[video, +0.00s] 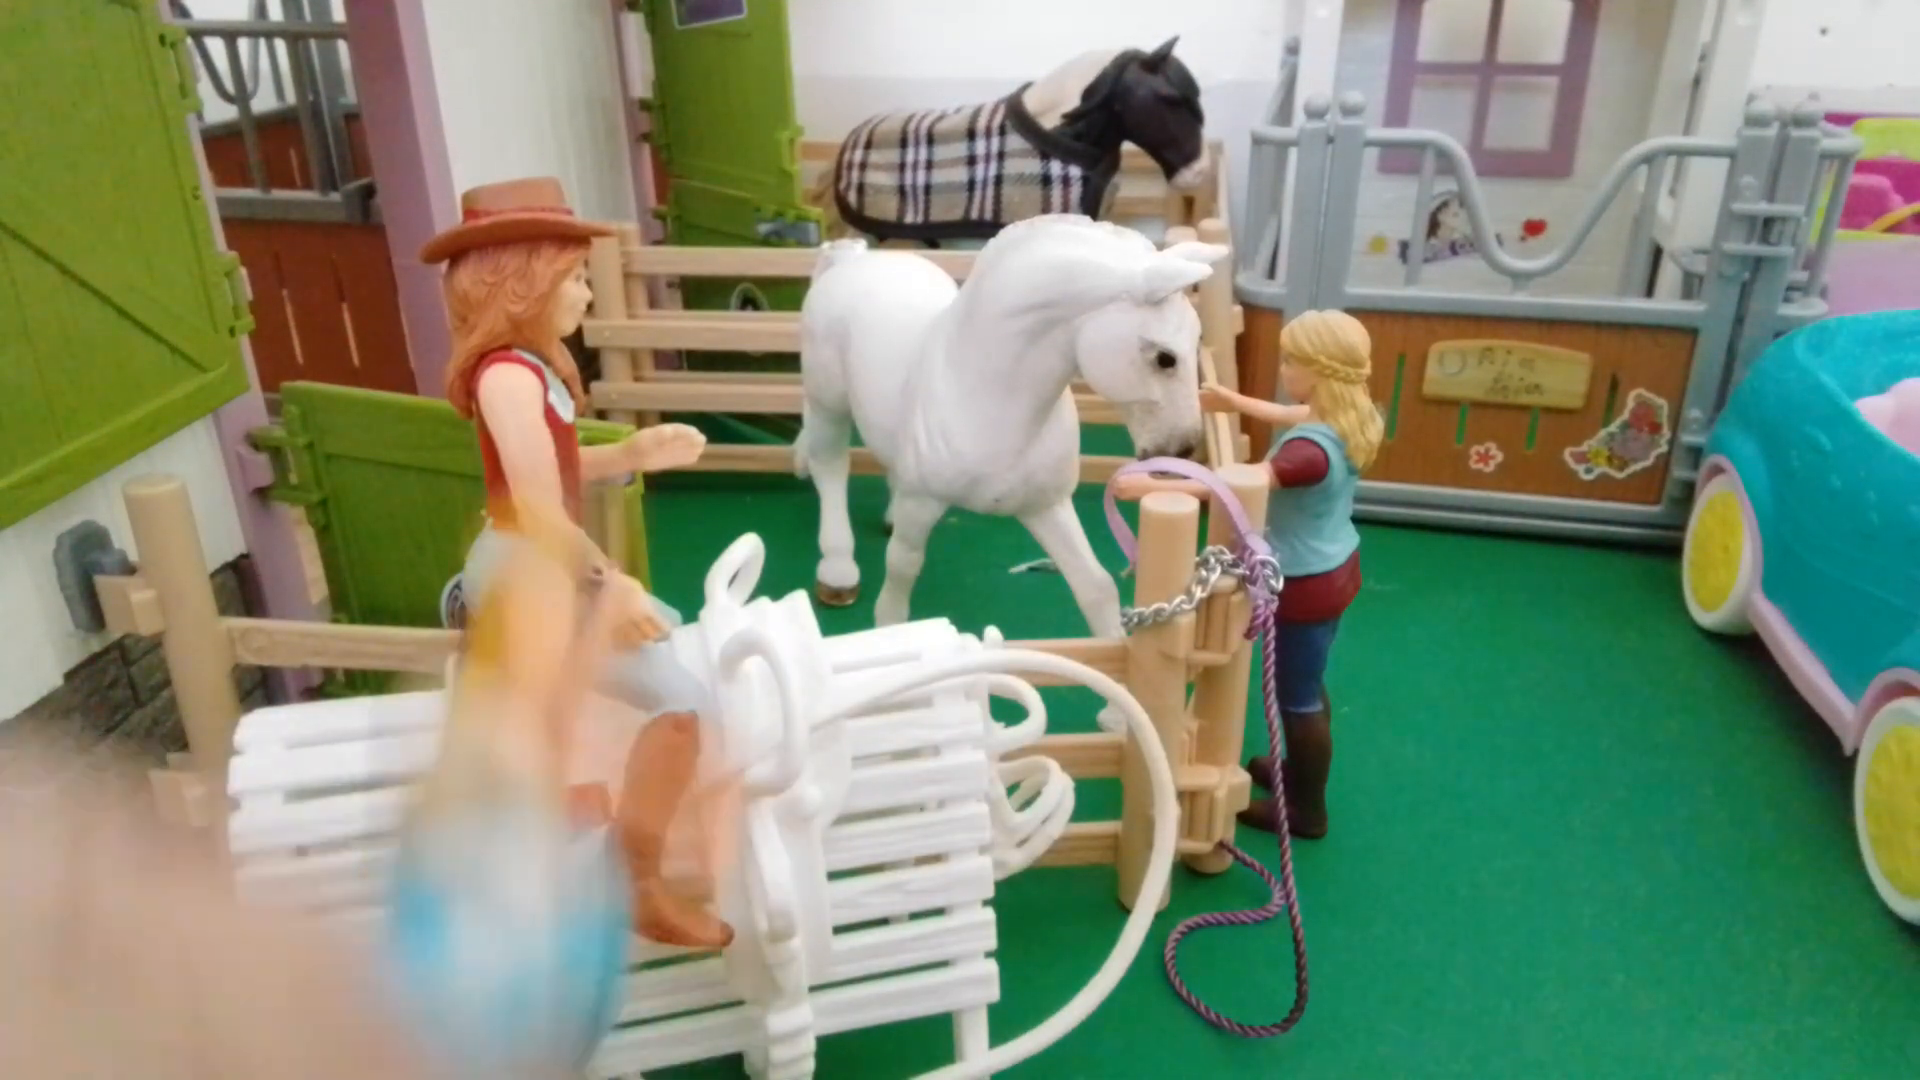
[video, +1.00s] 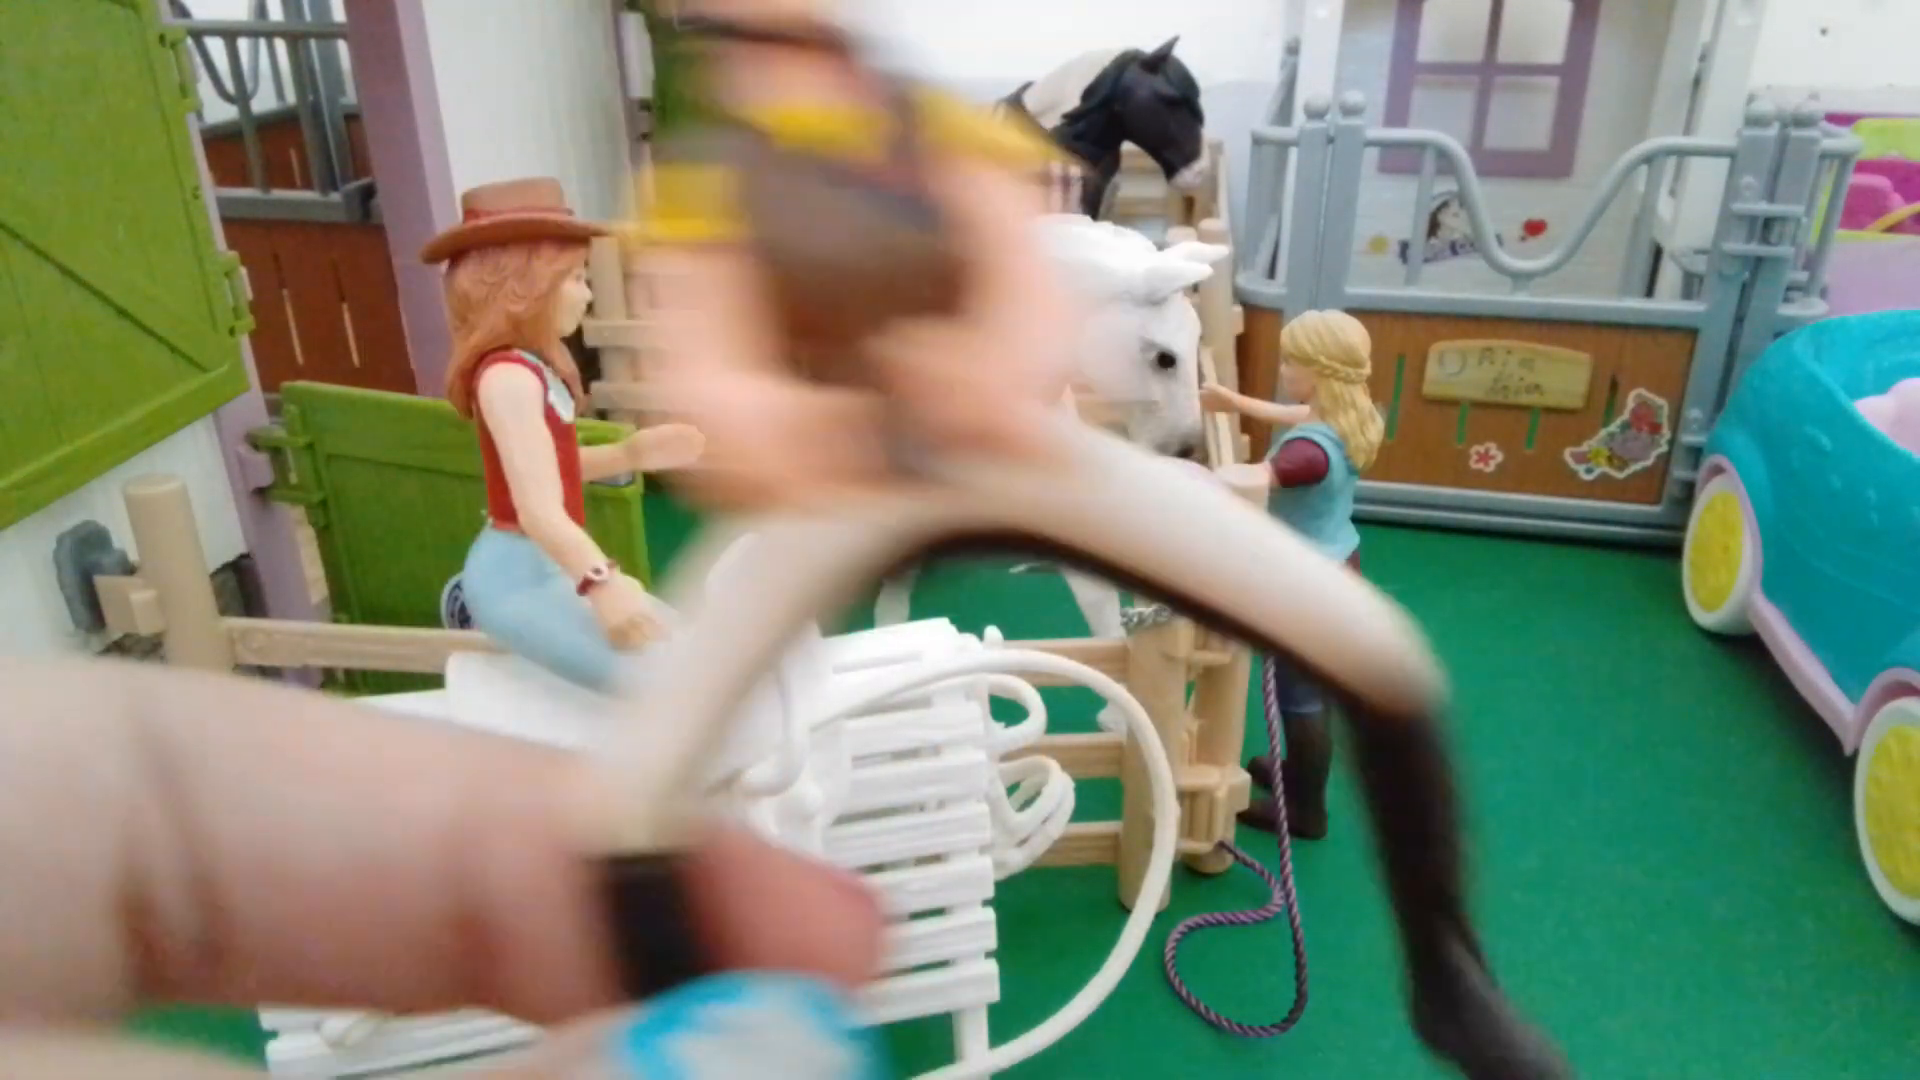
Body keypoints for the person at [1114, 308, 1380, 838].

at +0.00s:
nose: (1282, 371)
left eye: (1290, 362)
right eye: (1284, 360)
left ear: (1319, 372)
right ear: (1337, 373)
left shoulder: (1314, 448)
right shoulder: (1348, 417)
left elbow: (1244, 479)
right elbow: (1288, 416)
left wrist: (1159, 484)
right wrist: (1235, 400)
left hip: (1304, 589)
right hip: (1331, 568)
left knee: (1299, 700)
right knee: (1300, 682)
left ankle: (1303, 812)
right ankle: (1299, 774)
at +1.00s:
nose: (1281, 371)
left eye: (1290, 363)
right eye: (1284, 361)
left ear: (1317, 374)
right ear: (1336, 373)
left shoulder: (1315, 448)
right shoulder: (1346, 419)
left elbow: (1253, 479)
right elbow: (1292, 415)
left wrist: (1193, 479)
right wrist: (1236, 401)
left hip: (1309, 579)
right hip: (1333, 565)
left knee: (1297, 691)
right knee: (1299, 676)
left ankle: (1302, 809)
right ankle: (1298, 771)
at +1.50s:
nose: (1282, 371)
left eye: (1290, 362)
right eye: (1285, 361)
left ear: (1317, 373)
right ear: (1333, 374)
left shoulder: (1316, 446)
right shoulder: (1347, 417)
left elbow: (1259, 476)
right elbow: (1292, 415)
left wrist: (1188, 479)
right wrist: (1238, 402)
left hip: (1305, 585)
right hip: (1332, 565)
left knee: (1298, 699)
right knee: (1302, 682)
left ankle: (1307, 812)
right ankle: (1295, 775)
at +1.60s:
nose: (1282, 371)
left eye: (1290, 362)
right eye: (1284, 360)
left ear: (1318, 373)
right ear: (1335, 374)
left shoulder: (1315, 446)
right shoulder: (1348, 417)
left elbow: (1253, 477)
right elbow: (1293, 415)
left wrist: (1170, 483)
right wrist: (1239, 402)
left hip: (1305, 587)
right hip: (1332, 565)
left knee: (1300, 699)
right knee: (1301, 681)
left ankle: (1304, 811)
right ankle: (1300, 773)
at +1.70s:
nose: (1282, 371)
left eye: (1290, 362)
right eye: (1284, 360)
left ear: (1319, 373)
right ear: (1334, 374)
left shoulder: (1316, 446)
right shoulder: (1348, 418)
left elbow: (1251, 477)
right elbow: (1292, 415)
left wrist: (1162, 483)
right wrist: (1239, 401)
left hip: (1304, 587)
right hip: (1331, 567)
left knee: (1299, 699)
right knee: (1300, 682)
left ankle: (1303, 812)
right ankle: (1300, 775)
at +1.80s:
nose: (1282, 370)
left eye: (1290, 361)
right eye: (1285, 360)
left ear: (1318, 372)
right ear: (1335, 373)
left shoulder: (1315, 447)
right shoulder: (1347, 417)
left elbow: (1245, 478)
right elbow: (1291, 415)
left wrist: (1159, 484)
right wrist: (1237, 401)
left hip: (1304, 588)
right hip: (1330, 567)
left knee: (1300, 700)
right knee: (1300, 682)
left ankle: (1303, 812)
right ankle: (1299, 773)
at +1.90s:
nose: (1281, 370)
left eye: (1290, 361)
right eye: (1284, 359)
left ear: (1318, 372)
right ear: (1335, 373)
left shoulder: (1314, 447)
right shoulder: (1346, 418)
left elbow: (1243, 478)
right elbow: (1290, 415)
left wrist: (1158, 484)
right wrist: (1237, 400)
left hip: (1304, 588)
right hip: (1330, 568)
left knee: (1300, 700)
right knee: (1301, 682)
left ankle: (1304, 812)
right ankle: (1299, 774)